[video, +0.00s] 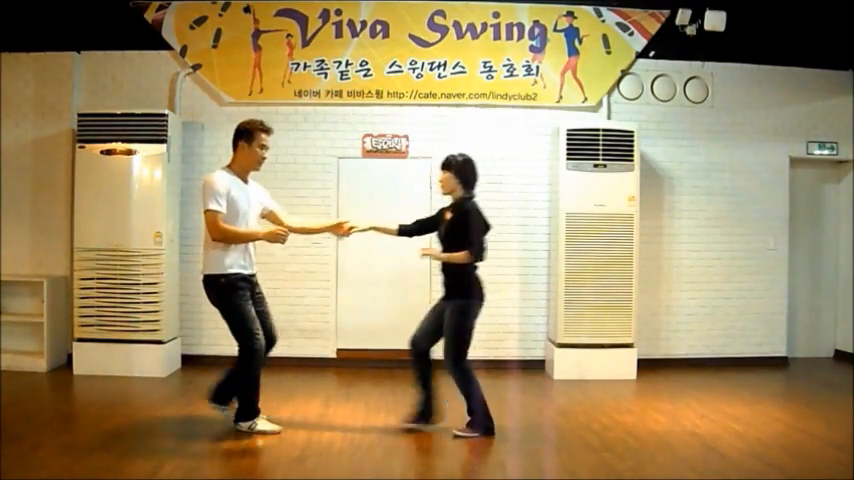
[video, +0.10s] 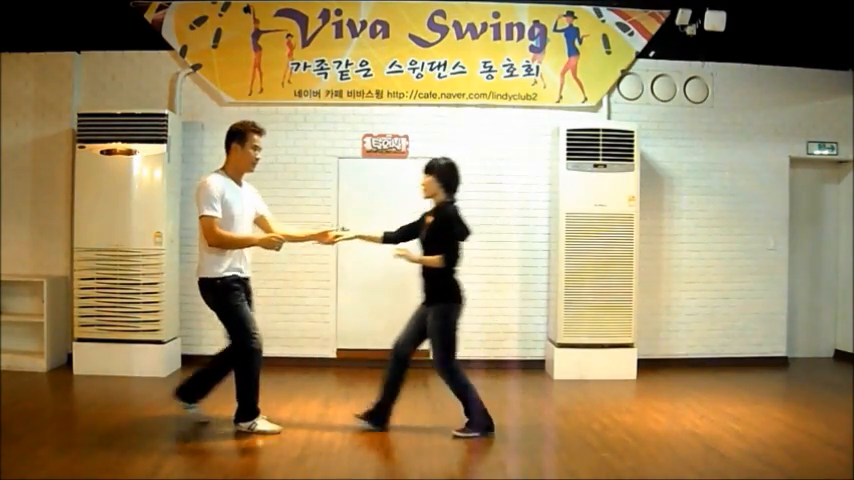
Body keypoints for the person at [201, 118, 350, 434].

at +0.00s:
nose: (266, 154)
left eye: (267, 148)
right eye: (262, 147)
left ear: (251, 149)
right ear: (241, 146)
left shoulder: (253, 189)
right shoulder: (216, 182)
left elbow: (286, 226)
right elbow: (216, 232)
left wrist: (329, 227)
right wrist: (263, 234)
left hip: (246, 276)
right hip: (222, 278)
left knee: (266, 338)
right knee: (253, 342)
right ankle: (247, 416)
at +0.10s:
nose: (259, 155)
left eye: (260, 149)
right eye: (255, 148)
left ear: (245, 151)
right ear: (234, 147)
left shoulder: (249, 192)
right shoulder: (211, 185)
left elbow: (272, 233)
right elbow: (212, 237)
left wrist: (314, 236)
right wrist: (258, 241)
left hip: (240, 279)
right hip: (217, 280)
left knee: (242, 345)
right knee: (250, 341)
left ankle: (188, 394)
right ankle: (247, 417)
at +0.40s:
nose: (246, 153)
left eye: (247, 147)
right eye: (242, 145)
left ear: (228, 148)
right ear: (222, 145)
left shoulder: (233, 186)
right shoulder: (197, 181)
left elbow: (241, 233)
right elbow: (194, 233)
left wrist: (276, 235)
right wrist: (240, 235)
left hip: (214, 274)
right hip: (193, 274)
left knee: (197, 344)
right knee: (220, 337)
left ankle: (169, 408)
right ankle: (201, 410)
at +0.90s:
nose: (256, 155)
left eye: (256, 148)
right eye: (252, 147)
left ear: (236, 149)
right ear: (232, 147)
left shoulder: (233, 186)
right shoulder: (205, 179)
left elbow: (217, 226)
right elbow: (178, 222)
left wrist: (239, 232)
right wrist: (221, 233)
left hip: (215, 278)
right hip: (192, 276)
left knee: (214, 343)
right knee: (198, 343)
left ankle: (180, 405)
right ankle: (171, 410)